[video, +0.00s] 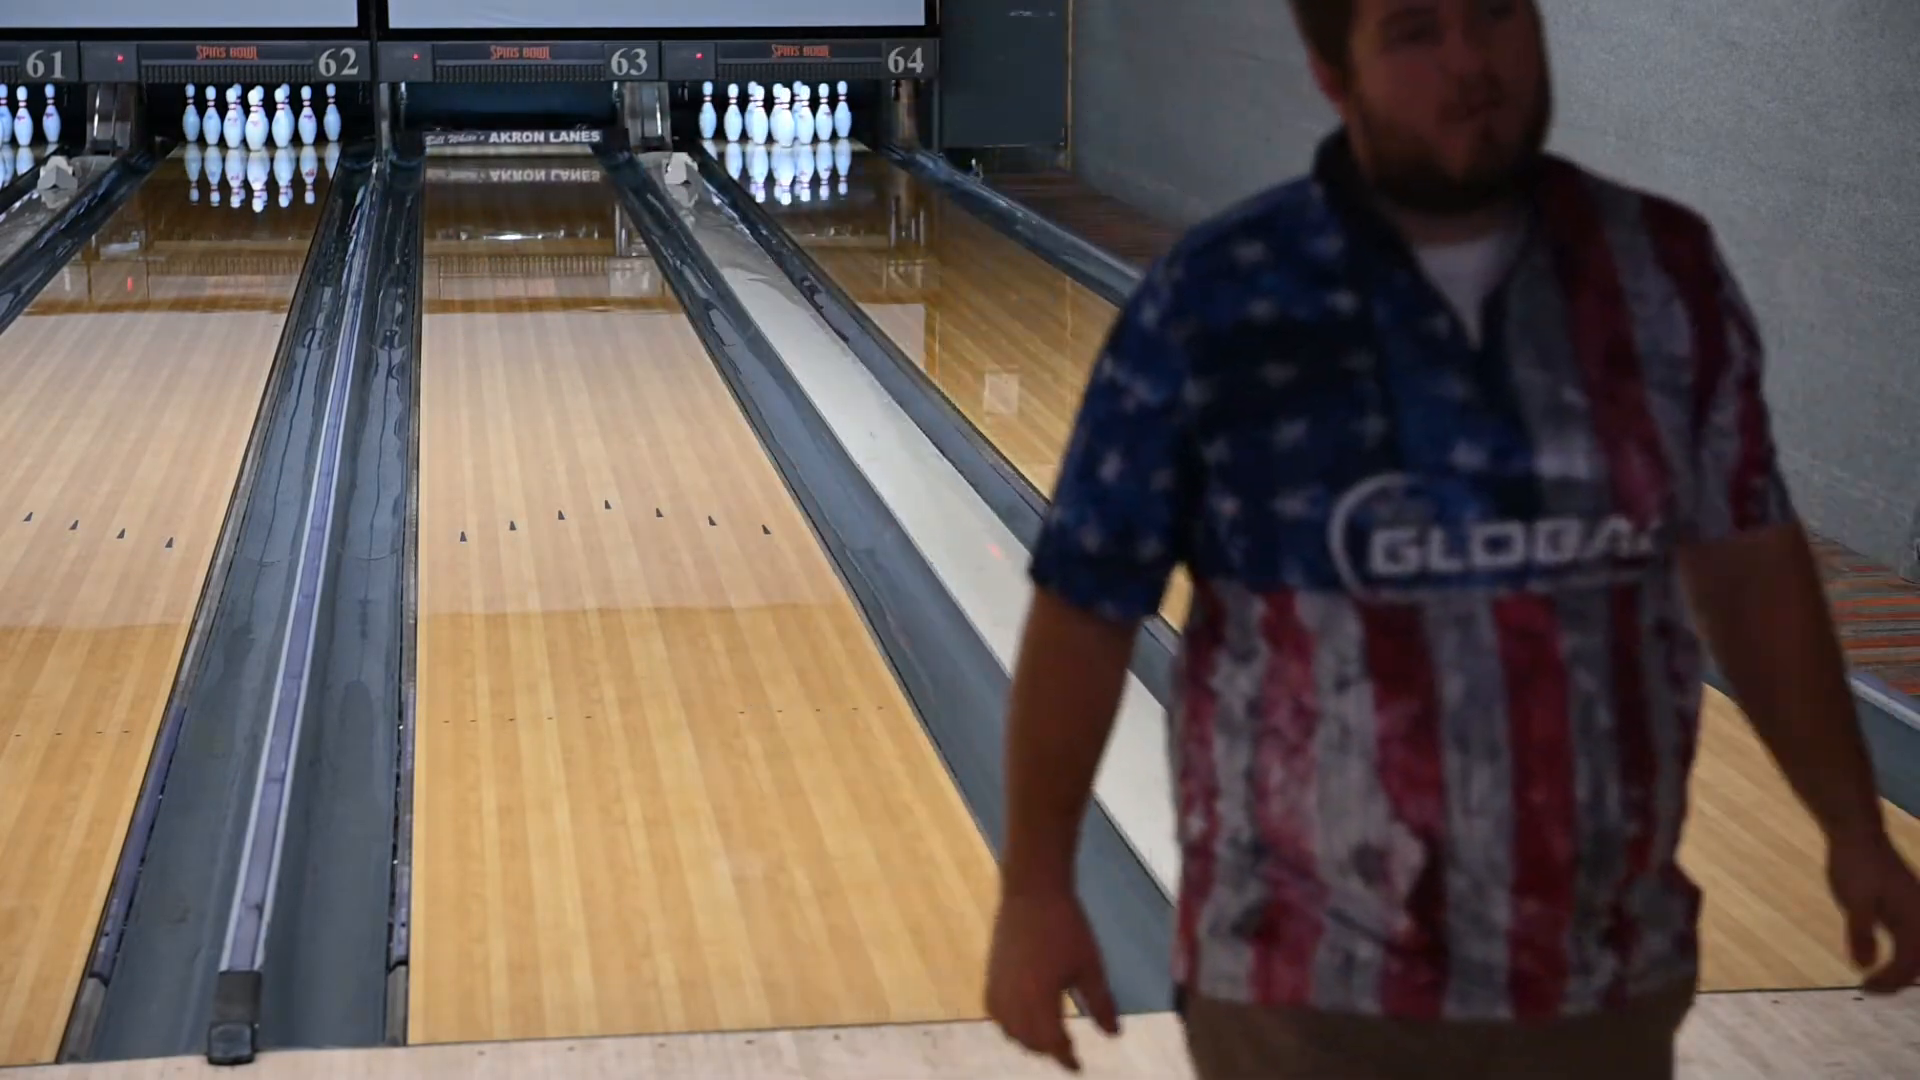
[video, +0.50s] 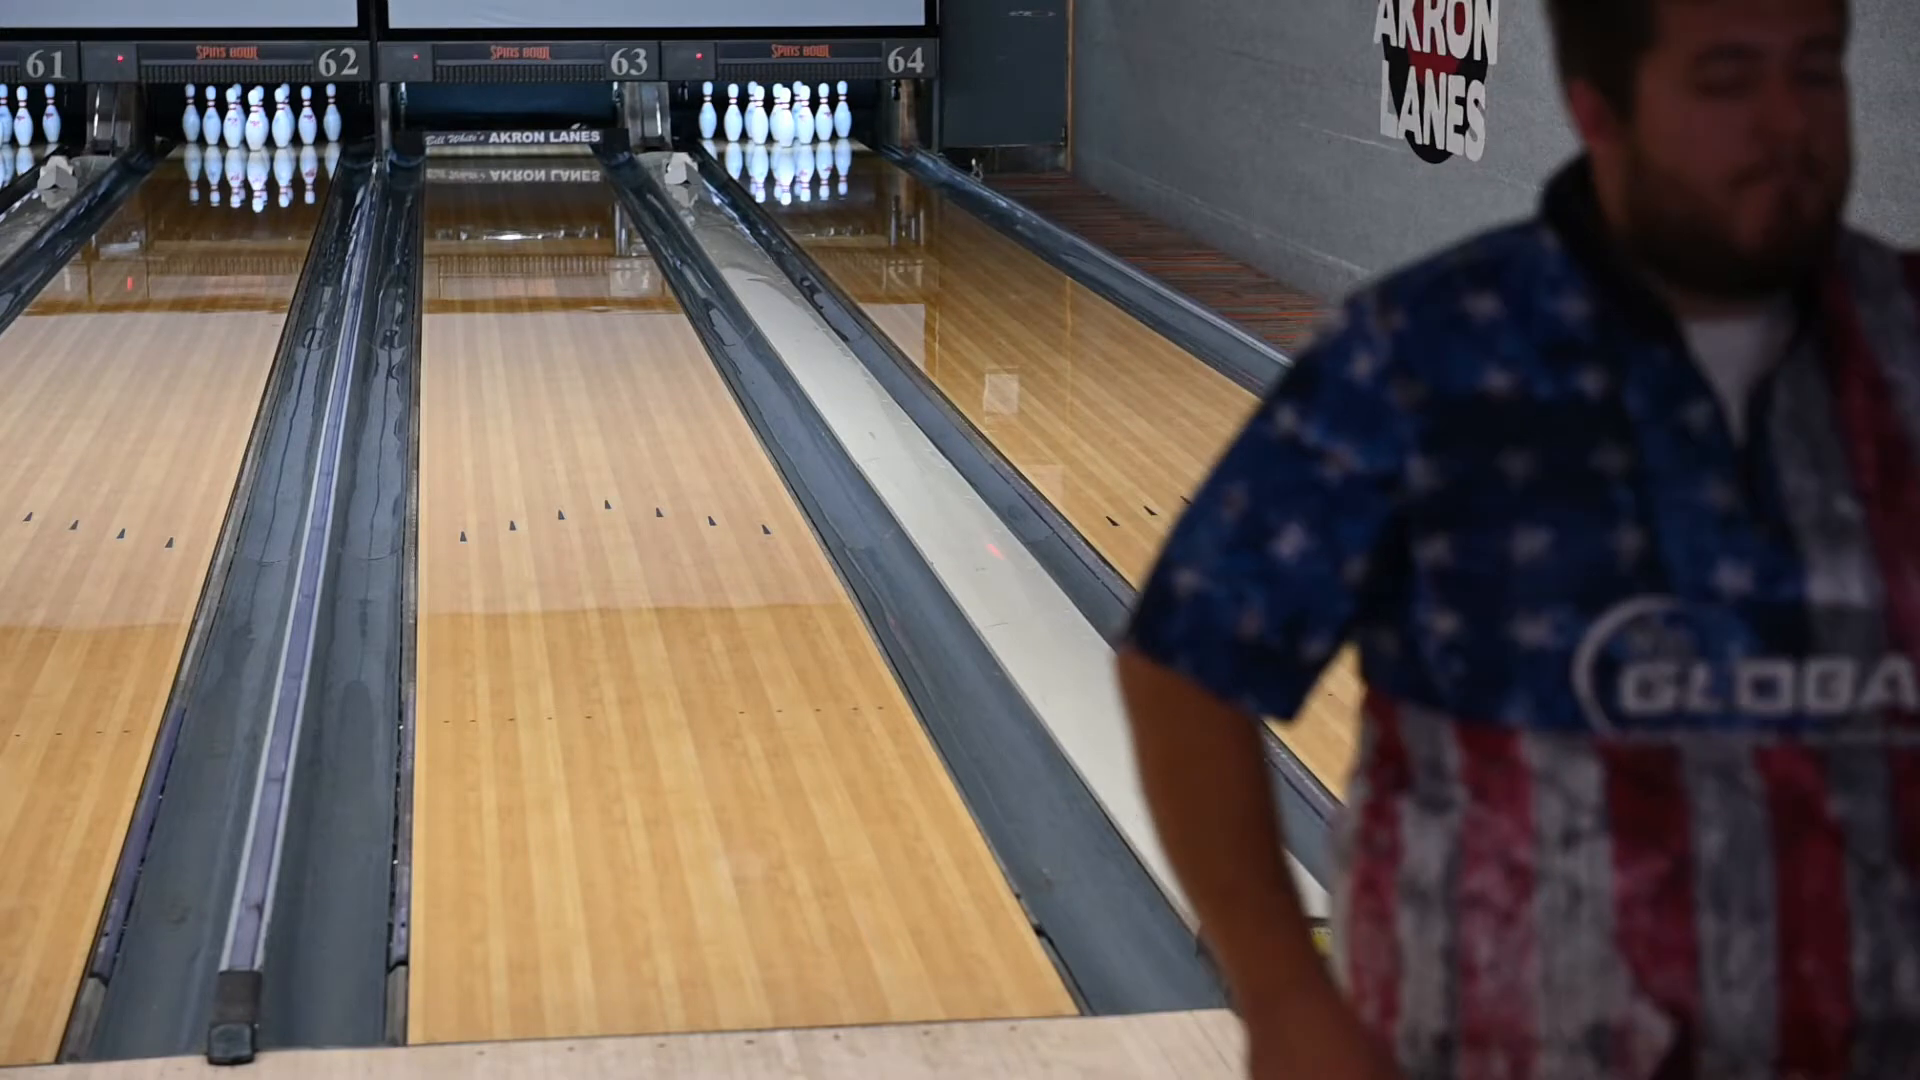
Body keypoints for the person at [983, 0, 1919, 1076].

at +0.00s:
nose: (1471, 65)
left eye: (1497, 18)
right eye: (1414, 33)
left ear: (1542, 34)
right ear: (1332, 74)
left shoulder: (1660, 269)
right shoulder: (1212, 301)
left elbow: (1747, 558)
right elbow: (1082, 598)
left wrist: (1854, 825)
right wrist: (1035, 887)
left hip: (1592, 961)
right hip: (1304, 969)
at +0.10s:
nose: (1510, 65)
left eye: (1535, 15)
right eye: (1449, 32)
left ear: (1581, 27)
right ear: (1363, 73)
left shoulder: (1696, 264)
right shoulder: (1236, 306)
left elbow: (1773, 531)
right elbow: (1098, 609)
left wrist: (1799, 789)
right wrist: (1070, 907)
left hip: (1642, 977)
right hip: (1321, 992)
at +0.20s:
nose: (1562, 59)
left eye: (1589, 11)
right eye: (1500, 26)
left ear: (1634, 25)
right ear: (1403, 65)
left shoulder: (1735, 255)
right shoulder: (1270, 299)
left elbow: (1823, 490)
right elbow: (1113, 608)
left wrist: (1817, 740)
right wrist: (1112, 929)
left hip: (1687, 989)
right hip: (1356, 1007)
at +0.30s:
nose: (1622, 62)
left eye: (1648, 12)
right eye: (1559, 26)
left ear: (1692, 27)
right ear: (1449, 67)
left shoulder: (1786, 263)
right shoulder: (1305, 302)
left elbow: (1897, 473)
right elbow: (1126, 610)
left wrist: (1879, 713)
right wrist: (1165, 953)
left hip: (1736, 1001)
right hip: (1398, 1021)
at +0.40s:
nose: (1697, 90)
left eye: (1723, 38)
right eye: (1633, 50)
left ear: (1762, 58)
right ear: (1520, 88)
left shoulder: (1848, 295)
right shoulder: (1356, 326)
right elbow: (1143, 634)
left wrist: (1909, 823)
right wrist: (1226, 977)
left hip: (1795, 1020)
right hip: (1448, 1034)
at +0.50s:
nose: (1790, 124)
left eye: (1818, 74)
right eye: (1729, 81)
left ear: (1848, 88)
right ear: (1598, 113)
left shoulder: (1901, 331)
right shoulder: (1424, 357)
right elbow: (1180, 662)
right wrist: (1288, 1008)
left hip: (1873, 1032)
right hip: (1517, 1040)